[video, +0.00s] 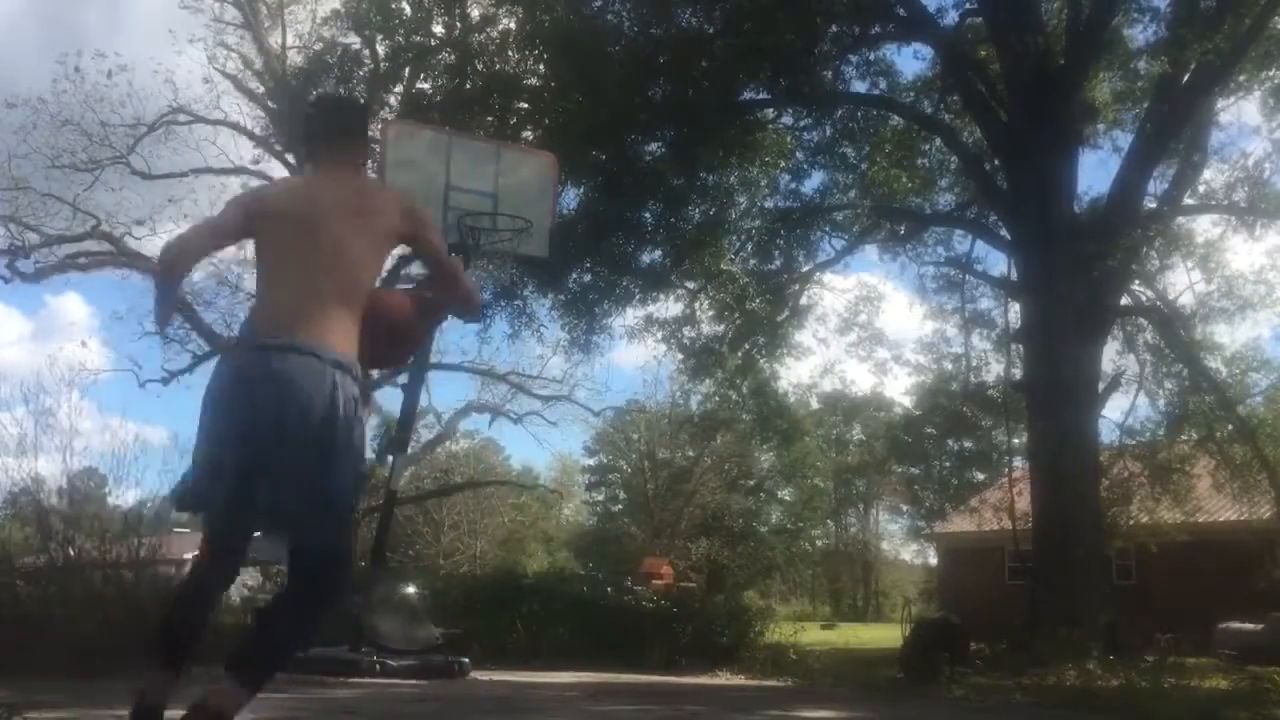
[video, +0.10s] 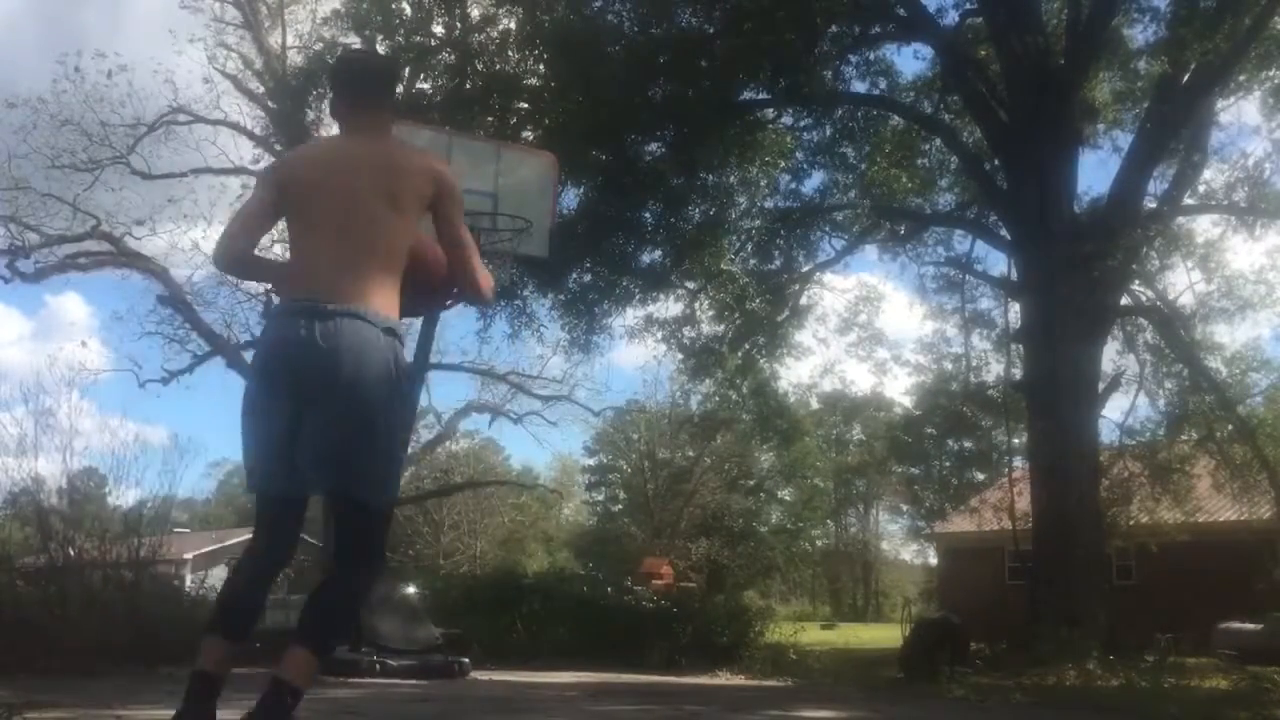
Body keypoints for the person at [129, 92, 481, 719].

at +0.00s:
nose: (373, 157)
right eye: (371, 148)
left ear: (307, 148)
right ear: (366, 148)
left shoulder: (268, 198)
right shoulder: (396, 204)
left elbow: (173, 257)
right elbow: (468, 302)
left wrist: (165, 301)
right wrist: (423, 301)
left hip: (244, 377)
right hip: (326, 387)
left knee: (218, 556)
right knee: (318, 577)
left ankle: (149, 699)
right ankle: (220, 707)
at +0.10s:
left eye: (344, 98)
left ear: (336, 103)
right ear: (394, 102)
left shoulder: (294, 163)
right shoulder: (427, 170)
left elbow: (231, 254)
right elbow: (479, 286)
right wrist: (443, 269)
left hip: (283, 343)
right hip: (365, 352)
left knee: (271, 534)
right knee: (357, 553)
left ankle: (197, 701)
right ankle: (276, 705)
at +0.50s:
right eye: (627, 174)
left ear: (554, 172)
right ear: (617, 168)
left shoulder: (515, 232)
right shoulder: (636, 217)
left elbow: (453, 354)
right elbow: (628, 326)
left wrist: (523, 375)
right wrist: (646, 398)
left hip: (502, 415)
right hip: (586, 405)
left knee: (562, 603)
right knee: (663, 573)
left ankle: (440, 677)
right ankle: (699, 706)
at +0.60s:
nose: (654, 167)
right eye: (655, 156)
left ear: (592, 160)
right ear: (656, 159)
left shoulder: (554, 232)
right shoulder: (674, 223)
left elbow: (526, 330)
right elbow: (698, 355)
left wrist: (591, 293)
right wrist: (728, 324)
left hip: (544, 429)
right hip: (623, 421)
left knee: (649, 573)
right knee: (689, 576)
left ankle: (592, 696)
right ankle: (705, 706)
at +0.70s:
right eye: (677, 132)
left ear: (615, 132)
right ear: (674, 133)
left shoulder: (574, 190)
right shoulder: (697, 192)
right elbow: (754, 259)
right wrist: (751, 168)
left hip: (580, 408)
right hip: (656, 397)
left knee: (668, 577)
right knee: (715, 572)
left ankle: (649, 707)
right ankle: (719, 708)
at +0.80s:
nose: (710, 52)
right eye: (705, 41)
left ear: (630, 41)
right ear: (695, 43)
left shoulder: (591, 95)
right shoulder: (704, 98)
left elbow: (554, 63)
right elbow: (765, 124)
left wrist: (613, 34)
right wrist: (755, 80)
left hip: (611, 311)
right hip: (683, 307)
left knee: (635, 503)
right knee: (704, 499)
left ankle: (634, 688)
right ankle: (727, 687)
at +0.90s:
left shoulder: (589, 31)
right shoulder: (701, 23)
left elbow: (565, 19)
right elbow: (757, 35)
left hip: (617, 237)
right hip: (689, 234)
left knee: (632, 442)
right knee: (717, 436)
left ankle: (630, 643)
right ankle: (706, 635)